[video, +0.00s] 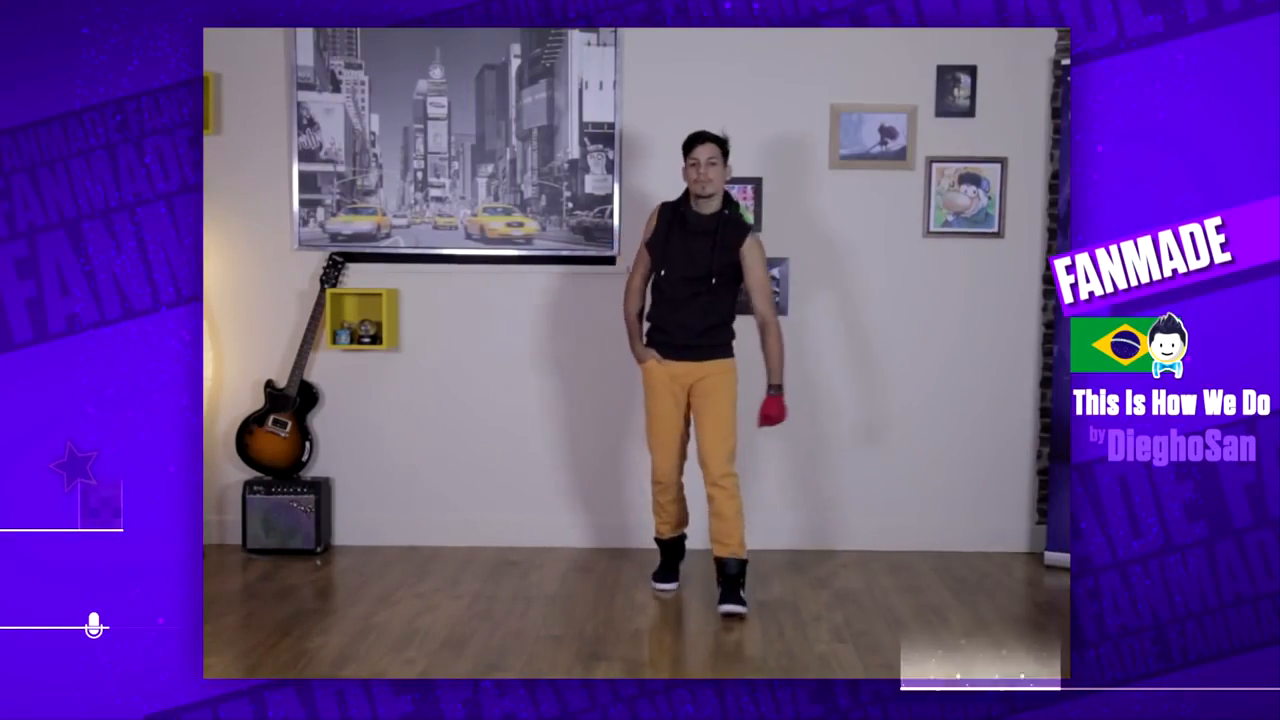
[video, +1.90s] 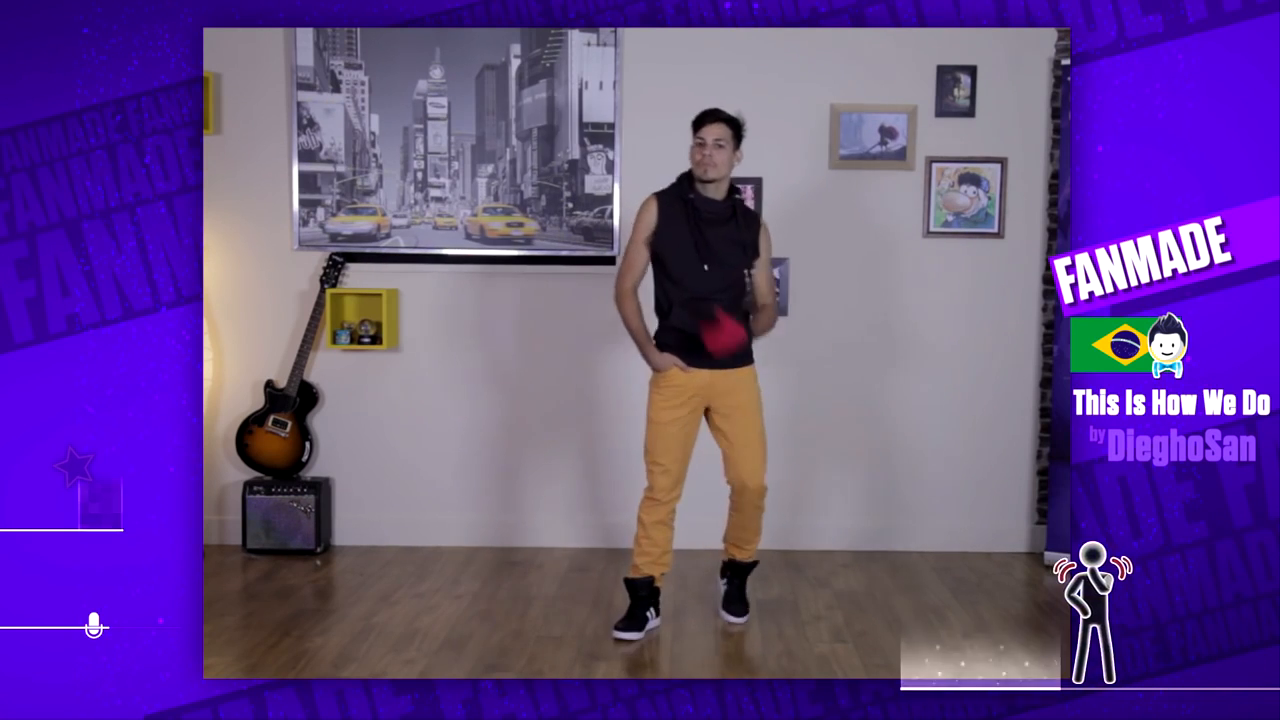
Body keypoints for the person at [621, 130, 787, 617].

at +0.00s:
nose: (703, 172)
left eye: (712, 164)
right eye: (695, 164)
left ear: (726, 171)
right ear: (684, 171)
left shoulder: (741, 237)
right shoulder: (662, 219)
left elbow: (767, 318)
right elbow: (634, 287)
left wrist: (775, 388)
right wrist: (637, 346)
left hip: (716, 366)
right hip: (661, 364)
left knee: (719, 472)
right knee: (664, 471)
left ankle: (731, 579)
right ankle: (669, 555)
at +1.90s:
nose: (707, 153)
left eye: (719, 145)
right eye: (700, 144)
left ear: (736, 155)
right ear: (690, 151)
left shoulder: (753, 226)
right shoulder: (658, 209)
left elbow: (767, 307)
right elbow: (625, 289)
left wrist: (747, 331)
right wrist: (650, 352)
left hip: (736, 376)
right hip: (677, 374)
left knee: (751, 483)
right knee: (661, 488)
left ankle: (737, 579)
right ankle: (643, 597)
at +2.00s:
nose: (696, 153)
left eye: (708, 146)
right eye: (689, 144)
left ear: (724, 157)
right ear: (677, 151)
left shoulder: (746, 219)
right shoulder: (649, 215)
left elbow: (764, 305)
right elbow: (612, 293)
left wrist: (720, 289)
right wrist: (644, 354)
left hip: (735, 376)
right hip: (673, 375)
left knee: (758, 481)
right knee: (660, 489)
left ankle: (750, 576)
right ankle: (644, 598)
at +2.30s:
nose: (725, 166)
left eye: (735, 157)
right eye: (715, 156)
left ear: (745, 157)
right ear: (696, 156)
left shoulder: (757, 202)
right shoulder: (684, 218)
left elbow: (742, 273)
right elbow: (662, 297)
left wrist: (710, 208)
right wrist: (664, 347)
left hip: (752, 378)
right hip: (691, 375)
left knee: (774, 494)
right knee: (665, 492)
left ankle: (800, 604)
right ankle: (653, 600)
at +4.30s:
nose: (719, 168)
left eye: (731, 160)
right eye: (715, 157)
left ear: (760, 164)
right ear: (710, 157)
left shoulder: (773, 225)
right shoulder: (684, 205)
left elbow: (775, 299)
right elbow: (641, 285)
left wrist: (733, 236)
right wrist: (663, 354)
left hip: (753, 378)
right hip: (690, 376)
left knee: (769, 491)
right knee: (663, 493)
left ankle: (789, 603)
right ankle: (644, 599)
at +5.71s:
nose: (722, 166)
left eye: (735, 158)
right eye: (717, 155)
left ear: (761, 165)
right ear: (709, 156)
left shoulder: (767, 229)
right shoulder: (678, 206)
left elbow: (764, 302)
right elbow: (633, 285)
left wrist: (733, 236)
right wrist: (660, 361)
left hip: (745, 383)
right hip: (682, 381)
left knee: (762, 497)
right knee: (661, 496)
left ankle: (778, 604)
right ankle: (642, 600)